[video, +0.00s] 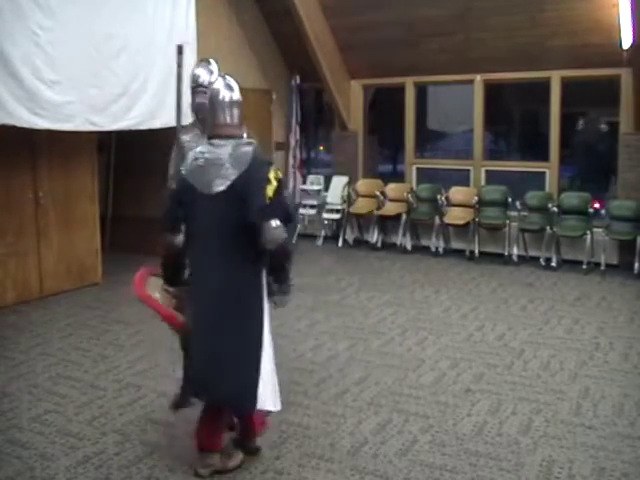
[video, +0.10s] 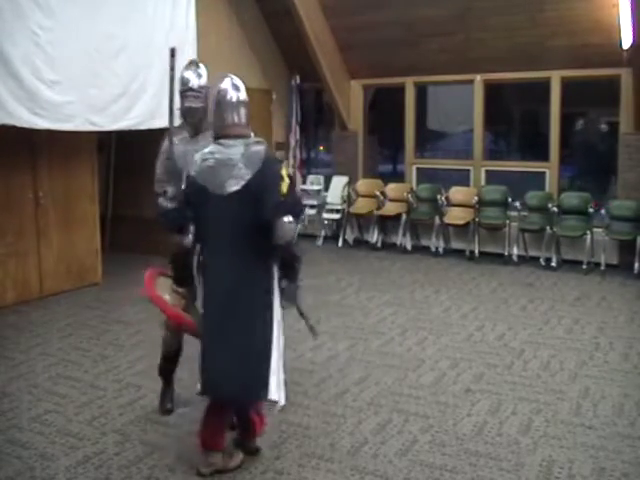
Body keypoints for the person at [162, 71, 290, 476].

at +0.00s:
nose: (232, 121)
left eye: (215, 114)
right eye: (234, 115)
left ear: (203, 118)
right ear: (240, 116)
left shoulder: (192, 160)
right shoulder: (252, 163)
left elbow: (174, 222)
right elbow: (269, 228)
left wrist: (173, 275)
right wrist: (281, 269)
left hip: (205, 274)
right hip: (242, 275)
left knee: (225, 354)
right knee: (244, 356)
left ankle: (246, 435)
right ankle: (213, 445)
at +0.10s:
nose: (238, 119)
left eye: (232, 113)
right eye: (238, 113)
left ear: (212, 117)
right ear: (246, 115)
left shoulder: (200, 164)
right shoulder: (264, 162)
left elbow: (184, 219)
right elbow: (279, 223)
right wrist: (289, 264)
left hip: (215, 268)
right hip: (253, 270)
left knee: (229, 348)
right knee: (244, 352)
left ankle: (248, 433)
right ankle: (214, 445)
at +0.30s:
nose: (254, 118)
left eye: (245, 113)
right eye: (258, 112)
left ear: (231, 117)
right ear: (265, 116)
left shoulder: (214, 162)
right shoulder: (284, 159)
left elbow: (201, 226)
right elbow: (306, 219)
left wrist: (201, 272)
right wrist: (311, 267)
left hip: (231, 266)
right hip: (273, 266)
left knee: (238, 342)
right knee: (276, 343)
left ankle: (239, 419)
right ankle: (256, 414)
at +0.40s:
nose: (266, 117)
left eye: (257, 111)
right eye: (271, 111)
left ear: (243, 114)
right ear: (277, 114)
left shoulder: (226, 163)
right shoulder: (295, 159)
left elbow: (212, 231)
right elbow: (315, 222)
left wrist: (209, 272)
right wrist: (321, 266)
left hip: (242, 266)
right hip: (283, 264)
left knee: (245, 344)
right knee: (289, 335)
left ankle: (250, 434)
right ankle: (286, 409)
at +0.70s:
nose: (278, 116)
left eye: (281, 110)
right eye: (281, 109)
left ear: (289, 115)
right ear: (318, 115)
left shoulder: (285, 161)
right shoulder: (338, 161)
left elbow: (262, 225)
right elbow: (350, 218)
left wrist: (247, 274)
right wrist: (345, 264)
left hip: (290, 266)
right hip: (327, 265)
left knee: (270, 345)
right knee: (335, 340)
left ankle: (258, 433)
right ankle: (343, 418)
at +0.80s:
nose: (320, 124)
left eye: (317, 118)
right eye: (335, 117)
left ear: (316, 121)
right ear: (349, 120)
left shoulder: (317, 163)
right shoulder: (364, 162)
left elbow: (301, 227)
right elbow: (379, 213)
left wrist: (284, 278)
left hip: (323, 266)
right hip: (357, 265)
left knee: (305, 346)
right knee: (356, 342)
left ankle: (283, 428)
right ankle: (357, 419)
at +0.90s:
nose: (339, 117)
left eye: (339, 111)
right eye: (350, 109)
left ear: (341, 112)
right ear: (370, 112)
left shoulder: (342, 154)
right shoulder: (379, 151)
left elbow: (334, 217)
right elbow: (401, 198)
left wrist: (310, 249)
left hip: (349, 259)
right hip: (379, 257)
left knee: (337, 340)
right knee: (375, 337)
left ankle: (332, 423)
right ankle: (370, 417)